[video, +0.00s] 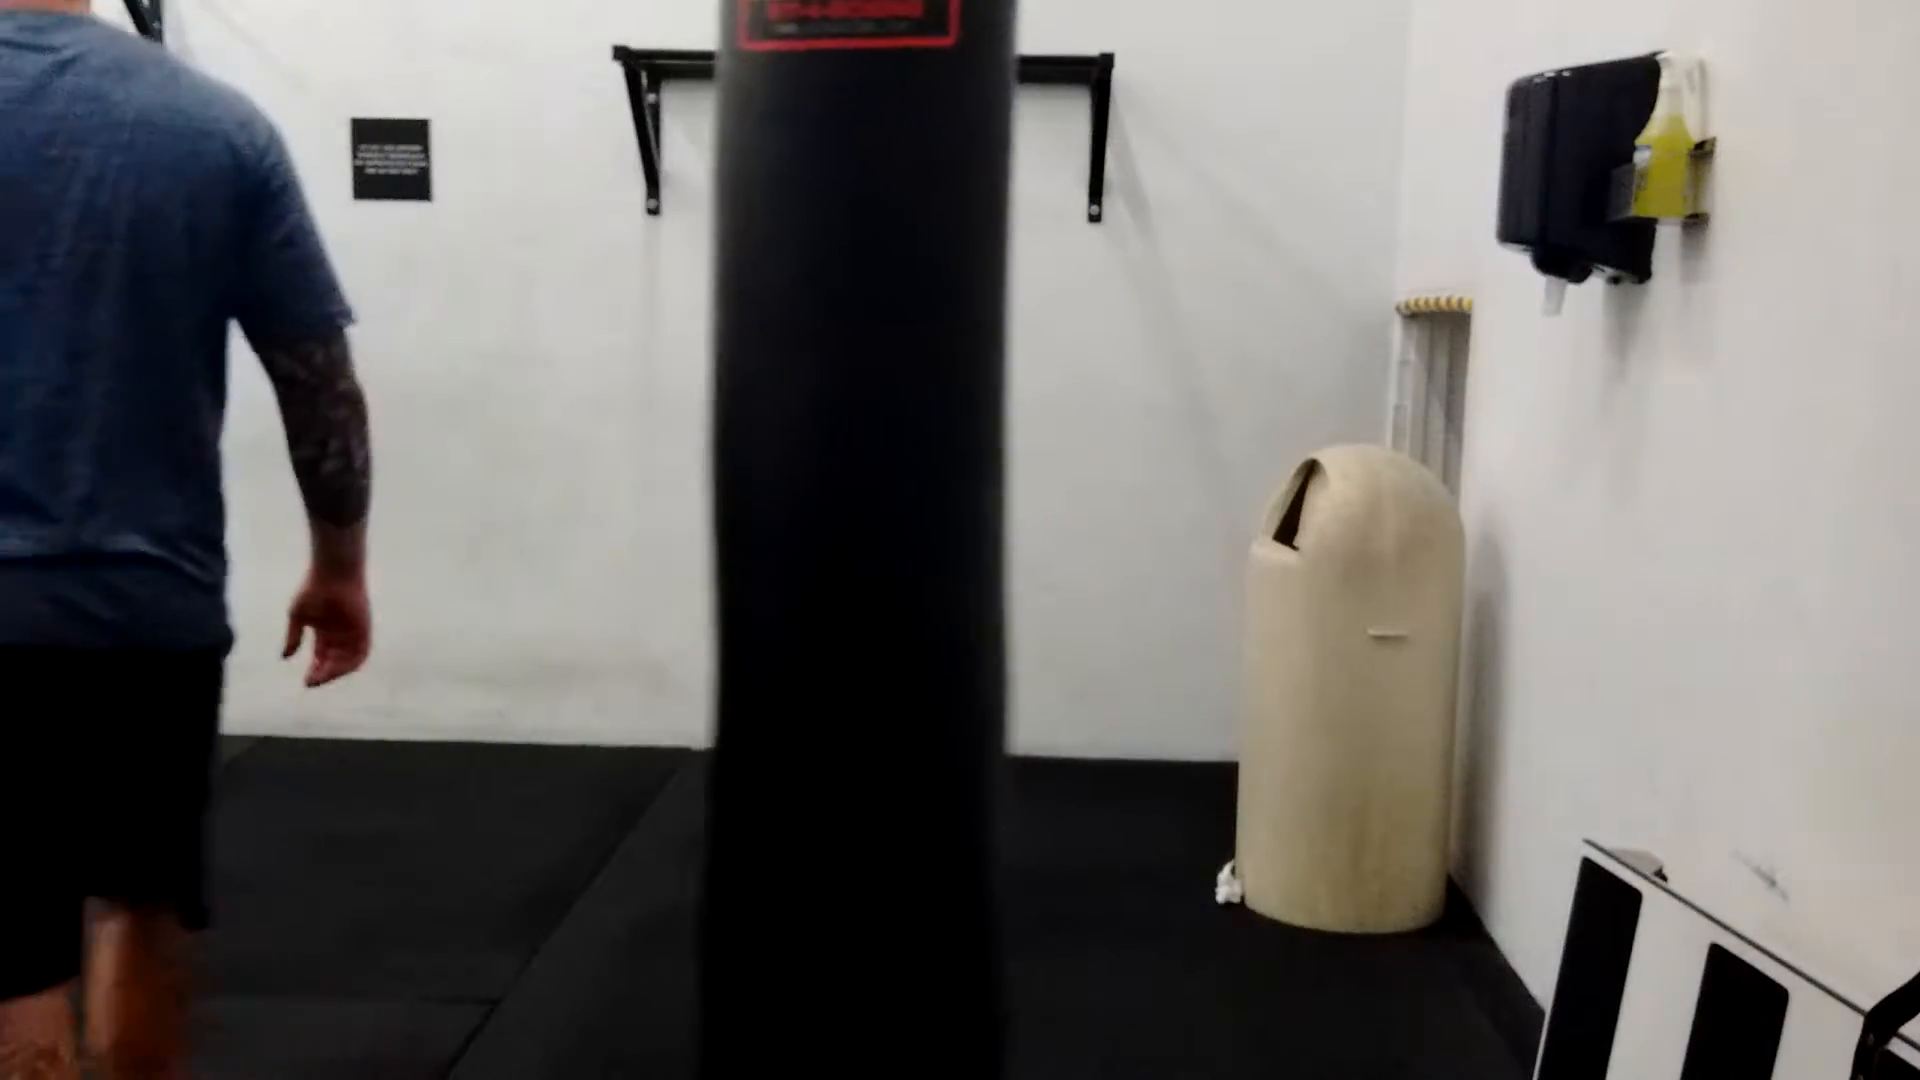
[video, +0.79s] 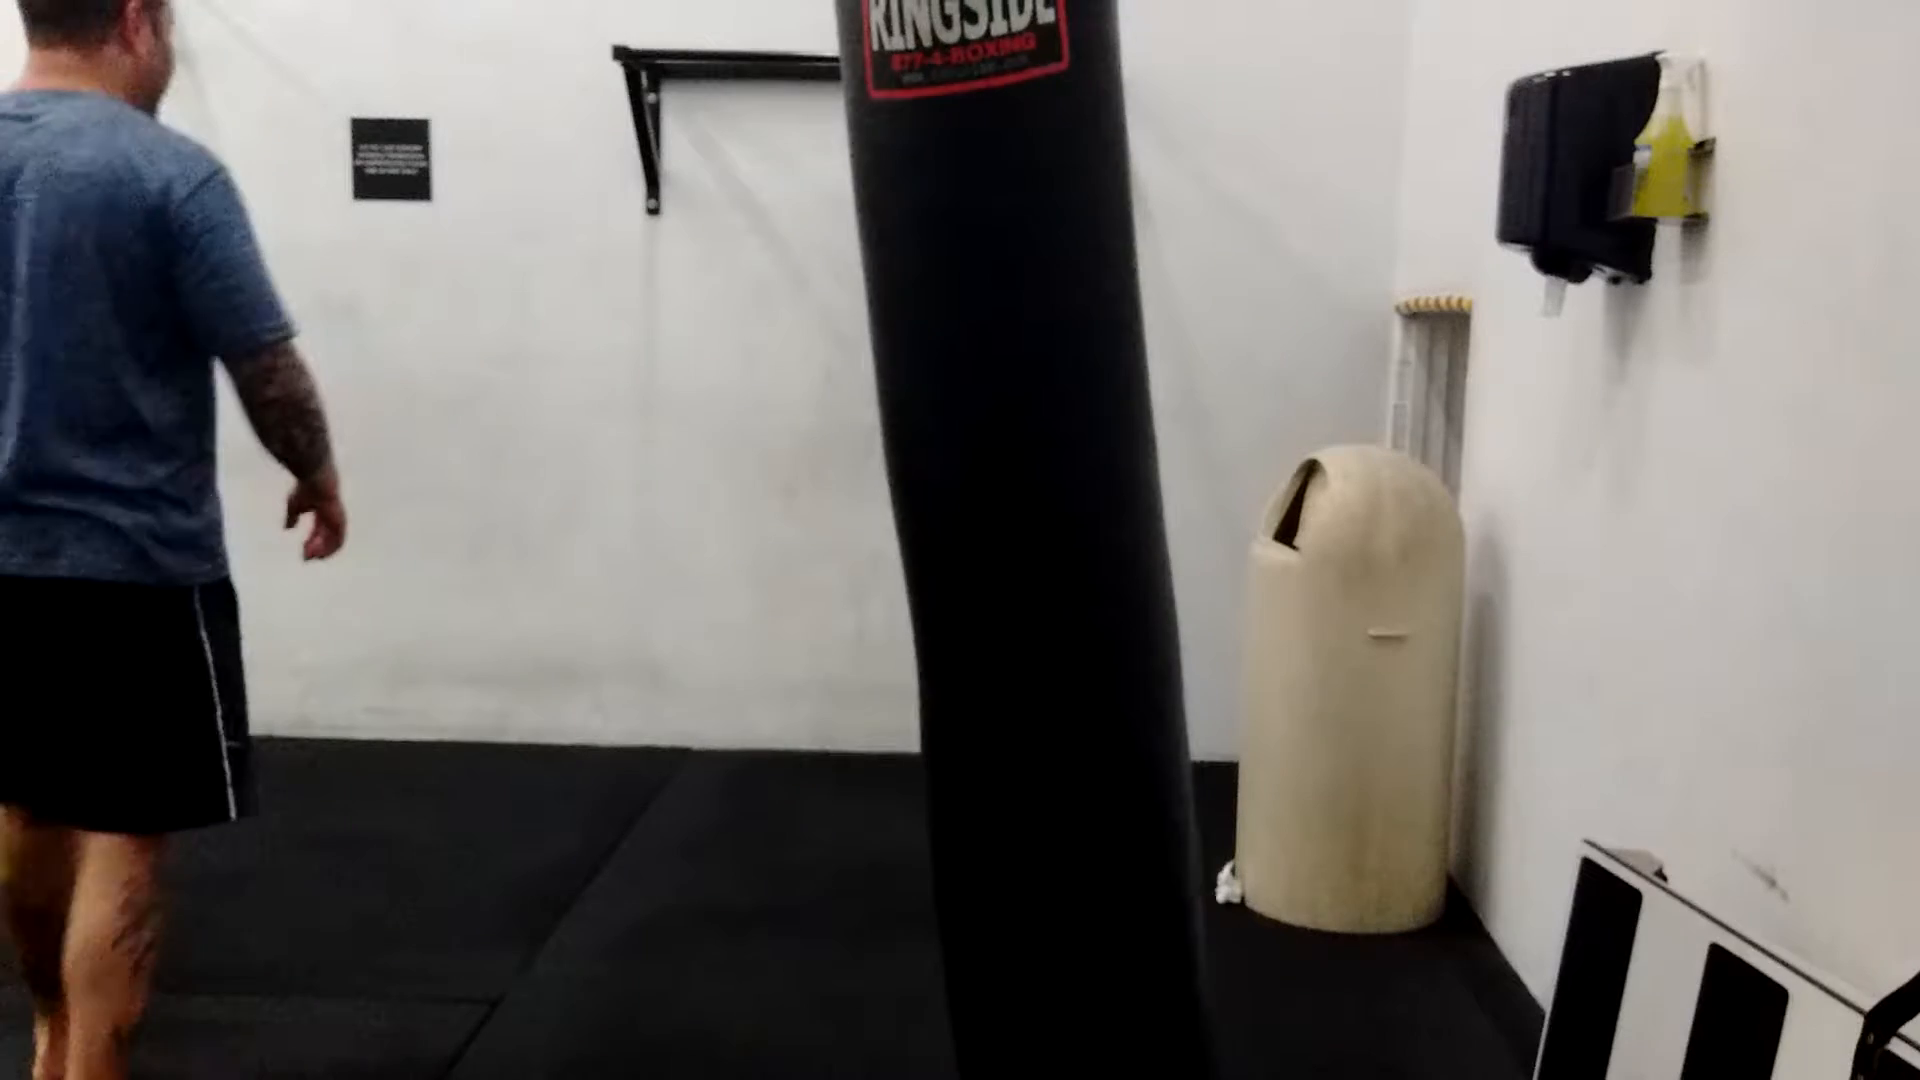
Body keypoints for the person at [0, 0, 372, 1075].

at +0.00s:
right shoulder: (210, 126)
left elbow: (317, 376)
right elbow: (319, 377)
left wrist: (334, 564)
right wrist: (337, 564)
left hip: (14, 598)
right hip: (151, 606)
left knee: (22, 977)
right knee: (143, 915)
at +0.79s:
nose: (171, 53)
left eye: (172, 33)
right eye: (169, 30)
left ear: (36, 28)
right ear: (134, 23)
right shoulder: (169, 171)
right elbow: (269, 370)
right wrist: (315, 474)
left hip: (6, 547)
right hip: (136, 557)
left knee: (28, 811)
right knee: (125, 834)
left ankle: (53, 1035)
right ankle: (87, 1064)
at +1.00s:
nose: (188, 50)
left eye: (186, 27)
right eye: (179, 26)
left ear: (73, 29)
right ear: (128, 22)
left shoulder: (8, 139)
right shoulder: (147, 166)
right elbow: (225, 367)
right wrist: (294, 515)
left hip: (24, 533)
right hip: (151, 535)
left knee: (44, 771)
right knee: (251, 753)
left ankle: (61, 1028)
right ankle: (146, 1005)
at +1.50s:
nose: (262, 56)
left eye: (262, 34)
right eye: (236, 33)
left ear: (179, 50)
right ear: (162, 46)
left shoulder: (189, 168)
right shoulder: (161, 185)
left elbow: (196, 375)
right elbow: (183, 388)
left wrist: (271, 525)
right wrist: (267, 548)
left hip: (206, 520)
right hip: (196, 528)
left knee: (213, 729)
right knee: (240, 748)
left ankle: (116, 907)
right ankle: (240, 978)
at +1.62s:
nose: (276, 54)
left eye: (283, 34)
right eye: (249, 32)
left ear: (292, 45)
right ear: (182, 45)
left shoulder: (237, 167)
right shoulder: (167, 178)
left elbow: (241, 351)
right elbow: (168, 374)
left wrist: (304, 501)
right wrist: (272, 526)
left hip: (284, 508)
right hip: (207, 521)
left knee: (352, 667)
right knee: (233, 739)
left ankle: (219, 871)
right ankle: (238, 978)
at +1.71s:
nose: (290, 55)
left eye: (300, 37)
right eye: (264, 34)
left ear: (311, 53)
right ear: (201, 50)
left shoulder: (277, 175)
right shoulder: (168, 181)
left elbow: (277, 347)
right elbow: (158, 368)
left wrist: (329, 497)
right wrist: (266, 512)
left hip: (317, 510)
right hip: (215, 525)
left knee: (384, 676)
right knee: (231, 740)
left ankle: (324, 889)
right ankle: (235, 974)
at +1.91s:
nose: (323, 65)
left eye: (337, 46)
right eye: (299, 44)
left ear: (353, 64)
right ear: (249, 59)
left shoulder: (380, 194)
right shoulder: (200, 194)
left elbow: (432, 314)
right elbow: (168, 366)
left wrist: (456, 393)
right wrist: (214, 514)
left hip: (377, 516)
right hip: (264, 525)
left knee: (398, 723)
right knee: (255, 751)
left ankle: (431, 915)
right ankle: (241, 976)